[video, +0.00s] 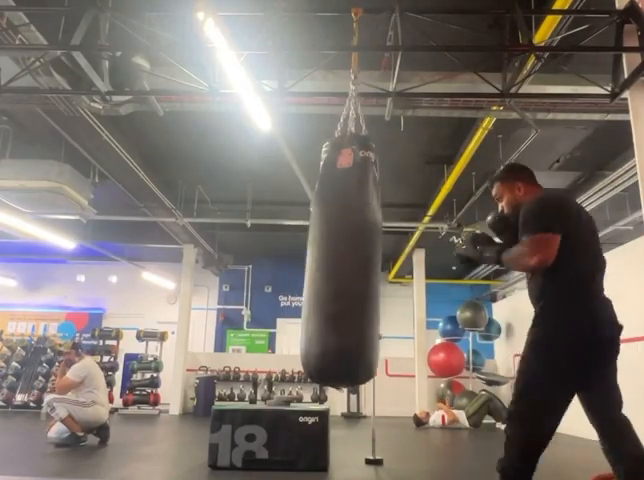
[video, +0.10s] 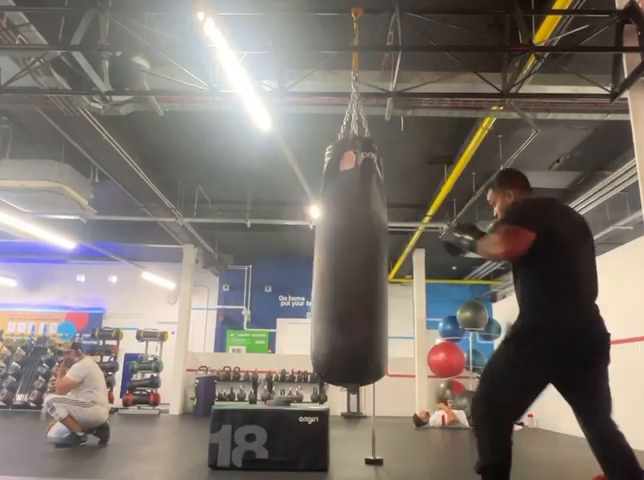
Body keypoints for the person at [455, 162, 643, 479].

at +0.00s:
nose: (499, 210)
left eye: (499, 199)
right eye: (497, 203)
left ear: (519, 187)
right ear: (526, 187)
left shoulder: (542, 204)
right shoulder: (573, 209)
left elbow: (539, 254)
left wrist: (495, 255)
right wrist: (518, 236)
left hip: (561, 326)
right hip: (597, 323)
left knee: (528, 419)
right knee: (608, 417)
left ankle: (513, 473)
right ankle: (634, 471)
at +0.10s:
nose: (494, 213)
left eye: (494, 204)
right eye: (492, 207)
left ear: (509, 193)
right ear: (525, 190)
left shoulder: (528, 209)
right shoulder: (573, 218)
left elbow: (507, 244)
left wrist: (472, 243)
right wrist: (482, 237)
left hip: (540, 334)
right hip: (585, 334)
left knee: (490, 411)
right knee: (600, 425)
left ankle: (492, 472)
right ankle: (630, 474)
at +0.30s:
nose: (474, 203)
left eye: (474, 199)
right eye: (475, 200)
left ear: (478, 194)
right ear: (506, 187)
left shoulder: (479, 207)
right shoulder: (547, 209)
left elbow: (440, 238)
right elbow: (568, 267)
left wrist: (431, 231)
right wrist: (534, 251)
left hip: (500, 327)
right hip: (554, 325)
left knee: (470, 411)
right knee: (594, 413)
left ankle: (470, 472)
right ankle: (629, 472)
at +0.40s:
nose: (461, 206)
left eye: (460, 202)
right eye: (462, 203)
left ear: (464, 200)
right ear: (492, 192)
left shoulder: (463, 220)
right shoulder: (538, 211)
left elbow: (415, 251)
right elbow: (570, 262)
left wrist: (408, 240)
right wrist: (531, 251)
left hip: (496, 341)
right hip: (552, 336)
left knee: (461, 435)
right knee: (594, 431)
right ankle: (629, 476)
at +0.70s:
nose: (425, 224)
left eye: (424, 214)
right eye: (422, 217)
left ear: (438, 204)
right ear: (454, 199)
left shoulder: (459, 222)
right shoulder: (504, 221)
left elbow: (464, 268)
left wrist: (433, 280)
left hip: (490, 339)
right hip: (536, 333)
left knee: (451, 425)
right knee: (569, 421)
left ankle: (447, 473)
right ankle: (621, 474)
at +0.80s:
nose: (440, 223)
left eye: (440, 216)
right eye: (437, 218)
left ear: (452, 205)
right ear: (469, 201)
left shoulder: (460, 219)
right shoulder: (529, 225)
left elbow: (452, 249)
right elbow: (550, 280)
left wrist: (430, 284)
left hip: (491, 339)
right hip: (543, 338)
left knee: (454, 422)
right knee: (559, 419)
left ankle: (445, 473)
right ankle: (603, 475)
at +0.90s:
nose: (461, 223)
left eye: (462, 217)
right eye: (460, 219)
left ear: (472, 208)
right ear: (494, 203)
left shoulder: (475, 221)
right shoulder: (551, 224)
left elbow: (457, 258)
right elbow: (567, 284)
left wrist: (433, 309)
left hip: (502, 343)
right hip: (557, 341)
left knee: (463, 432)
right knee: (570, 425)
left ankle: (454, 474)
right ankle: (603, 475)